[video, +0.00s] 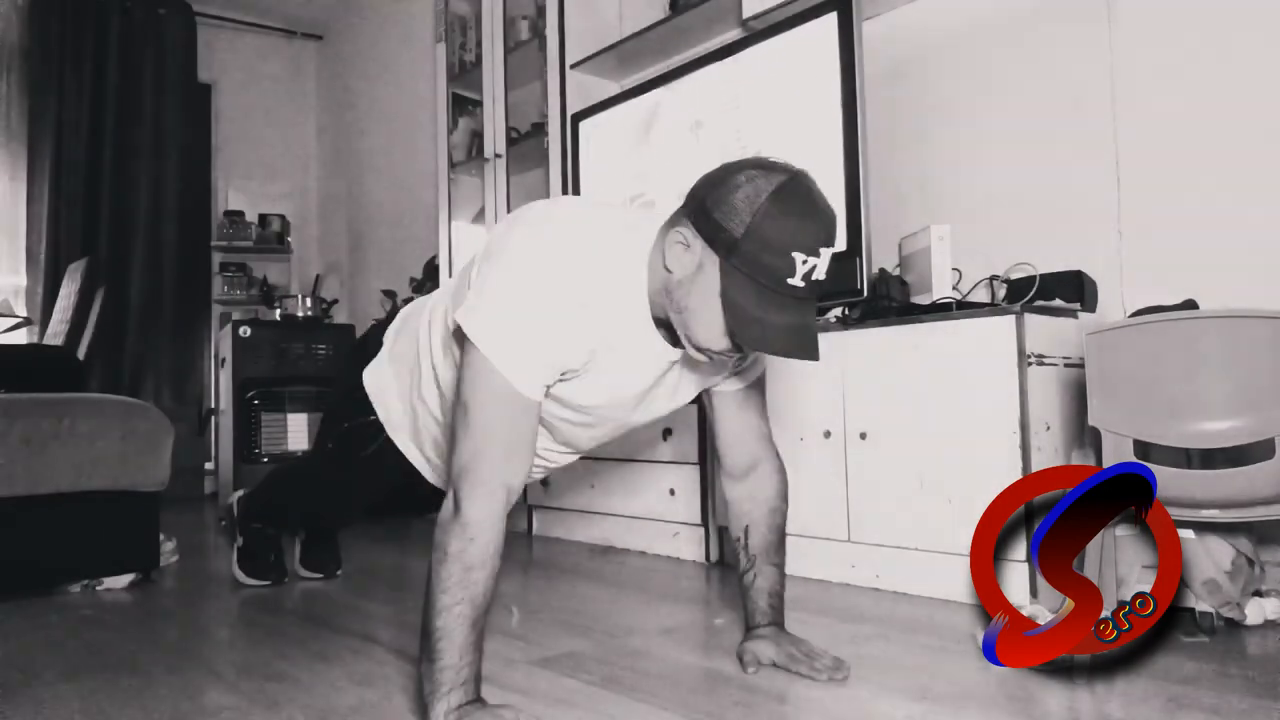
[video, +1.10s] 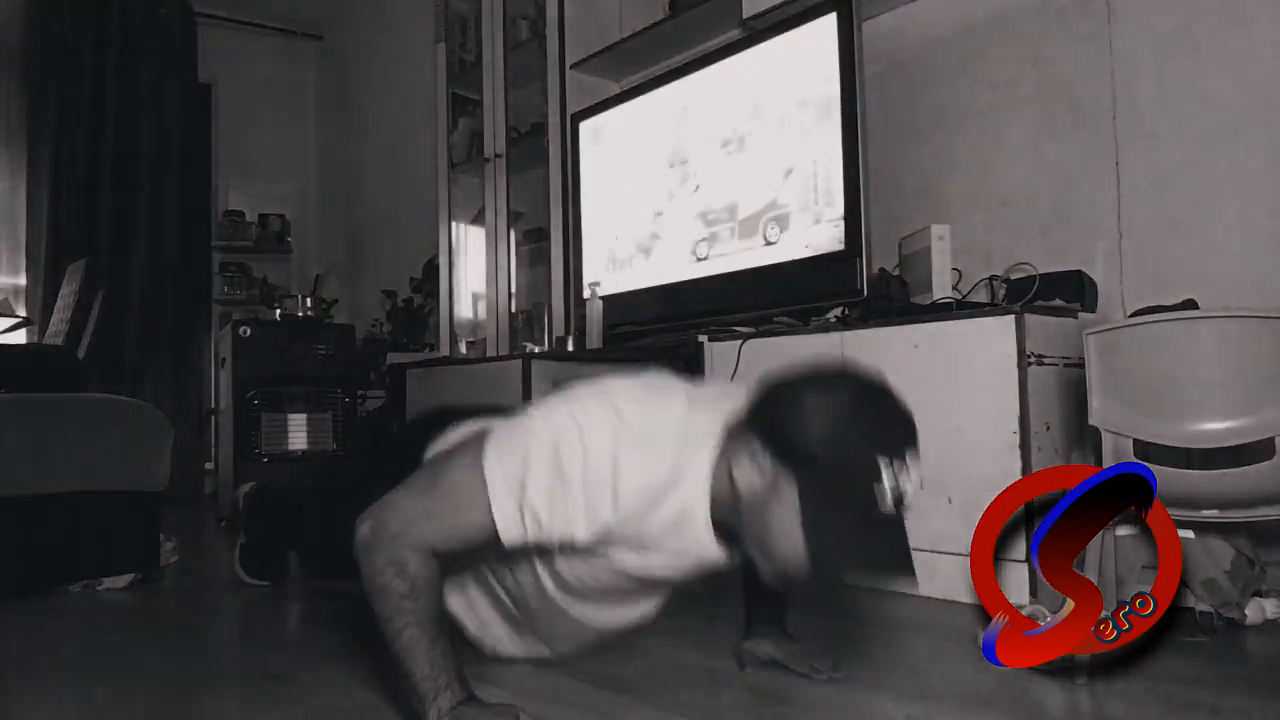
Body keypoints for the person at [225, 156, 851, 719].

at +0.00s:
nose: (749, 349)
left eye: (764, 332)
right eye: (743, 318)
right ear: (682, 254)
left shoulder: (725, 320)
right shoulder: (544, 266)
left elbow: (752, 471)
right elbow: (476, 502)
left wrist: (766, 628)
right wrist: (451, 701)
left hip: (497, 449)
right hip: (411, 407)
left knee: (381, 497)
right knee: (324, 482)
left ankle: (318, 521)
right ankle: (253, 516)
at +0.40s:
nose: (753, 353)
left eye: (765, 335)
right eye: (745, 324)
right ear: (686, 264)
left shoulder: (724, 329)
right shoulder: (546, 276)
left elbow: (749, 468)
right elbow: (449, 502)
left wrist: (766, 627)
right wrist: (449, 697)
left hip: (485, 451)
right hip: (402, 411)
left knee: (368, 492)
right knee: (319, 483)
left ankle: (314, 524)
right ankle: (251, 522)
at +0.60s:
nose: (776, 534)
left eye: (795, 520)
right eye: (775, 510)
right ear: (742, 445)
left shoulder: (780, 409)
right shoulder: (585, 401)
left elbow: (776, 513)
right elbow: (396, 528)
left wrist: (765, 625)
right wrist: (446, 702)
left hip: (523, 483)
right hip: (432, 438)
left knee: (358, 509)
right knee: (324, 494)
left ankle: (303, 543)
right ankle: (255, 521)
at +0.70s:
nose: (809, 624)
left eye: (830, 608)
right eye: (807, 599)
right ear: (757, 531)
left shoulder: (800, 482)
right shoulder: (615, 467)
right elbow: (394, 528)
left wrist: (771, 637)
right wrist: (444, 702)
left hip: (528, 485)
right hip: (430, 469)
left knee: (354, 532)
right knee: (321, 519)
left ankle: (277, 533)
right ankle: (254, 521)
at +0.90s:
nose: (842, 698)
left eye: (863, 680)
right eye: (840, 670)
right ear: (781, 595)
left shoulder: (825, 520)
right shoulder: (629, 533)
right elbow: (402, 533)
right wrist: (444, 702)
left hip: (550, 498)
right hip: (450, 540)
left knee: (388, 509)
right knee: (345, 538)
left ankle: (318, 496)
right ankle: (273, 517)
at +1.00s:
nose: (832, 654)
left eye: (851, 635)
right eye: (832, 627)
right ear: (776, 555)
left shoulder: (811, 506)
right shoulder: (626, 505)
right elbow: (395, 533)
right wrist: (446, 702)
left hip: (546, 489)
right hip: (446, 514)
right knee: (324, 532)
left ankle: (286, 524)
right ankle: (263, 529)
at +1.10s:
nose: (816, 552)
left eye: (835, 536)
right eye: (816, 526)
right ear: (759, 470)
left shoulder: (768, 463)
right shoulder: (604, 448)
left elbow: (769, 534)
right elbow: (384, 533)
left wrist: (760, 632)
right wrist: (445, 702)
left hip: (528, 495)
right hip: (432, 483)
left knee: (352, 517)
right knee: (318, 528)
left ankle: (277, 530)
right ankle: (256, 529)